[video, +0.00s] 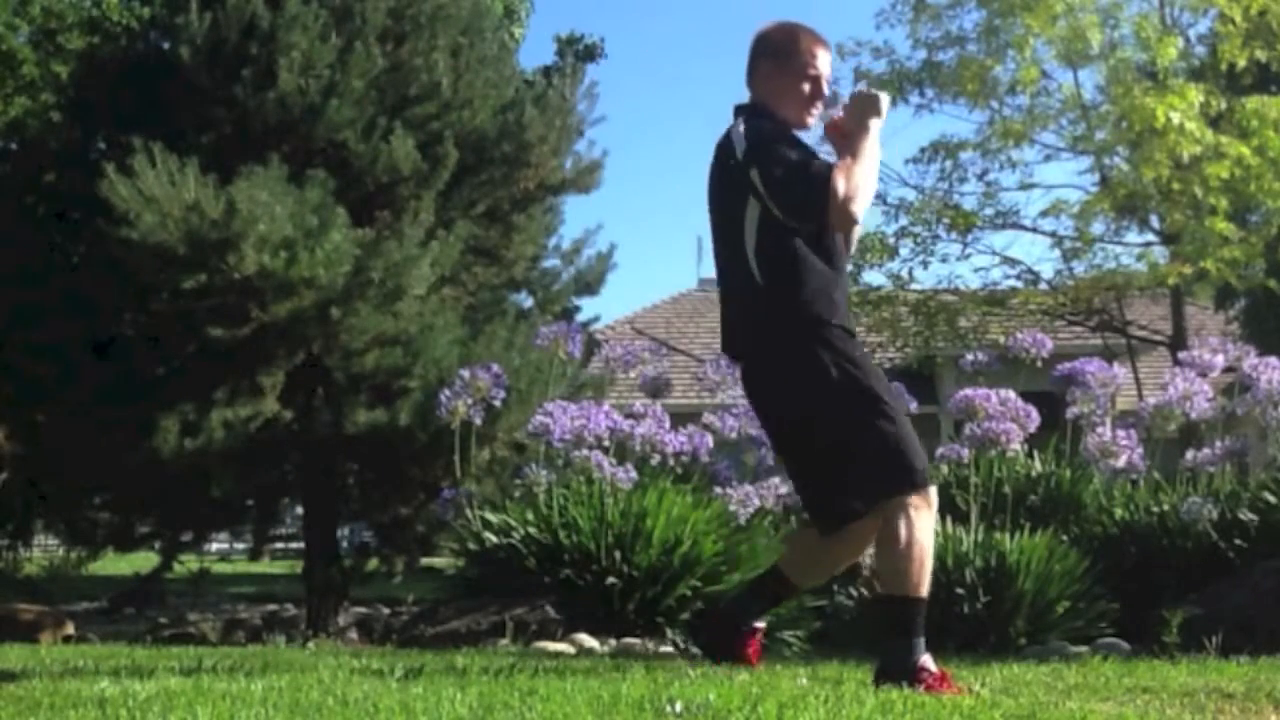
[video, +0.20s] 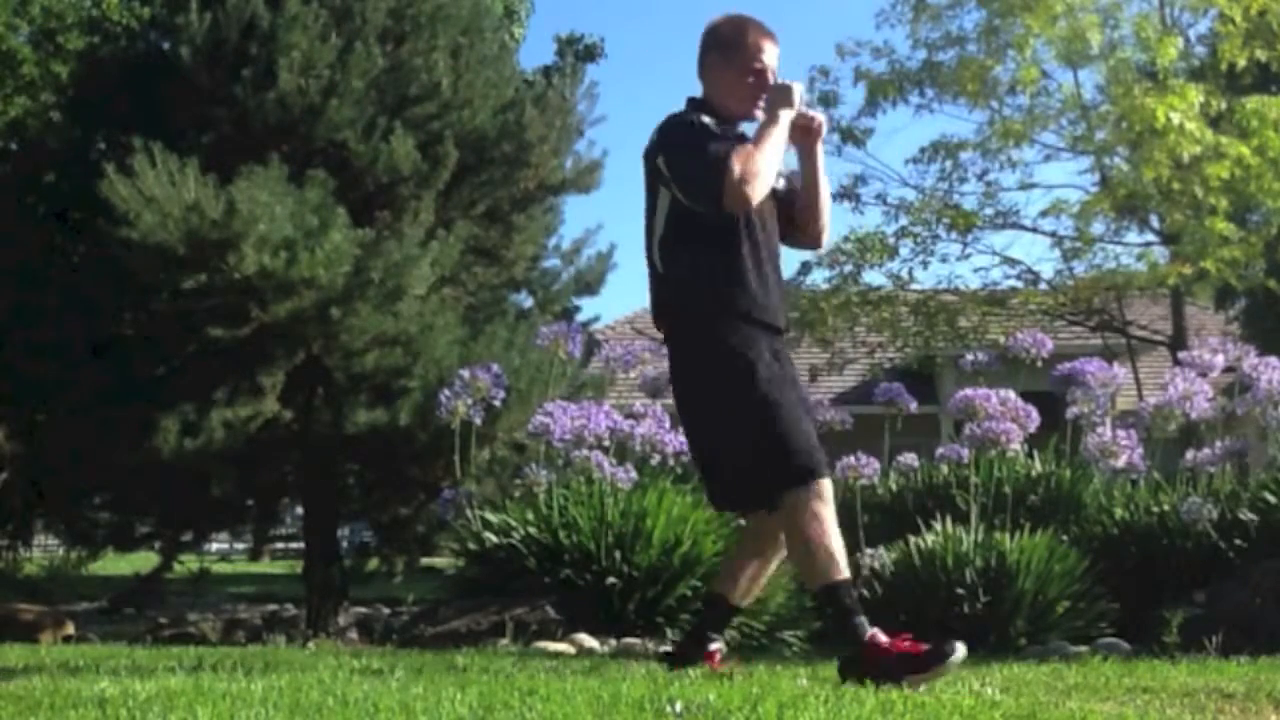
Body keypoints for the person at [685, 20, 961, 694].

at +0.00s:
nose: (821, 92)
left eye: (824, 81)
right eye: (810, 78)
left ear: (783, 83)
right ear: (766, 73)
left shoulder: (755, 142)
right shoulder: (762, 138)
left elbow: (834, 237)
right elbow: (840, 211)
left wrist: (845, 147)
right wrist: (866, 135)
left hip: (780, 351)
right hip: (812, 343)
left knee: (856, 519)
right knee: (908, 488)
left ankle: (735, 618)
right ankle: (905, 661)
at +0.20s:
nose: (768, 84)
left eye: (772, 73)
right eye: (756, 70)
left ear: (763, 79)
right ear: (711, 67)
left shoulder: (743, 149)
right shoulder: (683, 135)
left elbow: (809, 233)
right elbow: (741, 189)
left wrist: (810, 151)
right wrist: (778, 120)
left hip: (756, 341)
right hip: (724, 342)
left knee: (780, 508)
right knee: (807, 482)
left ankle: (697, 644)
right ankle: (860, 645)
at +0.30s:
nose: (737, 70)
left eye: (742, 60)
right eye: (725, 57)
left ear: (739, 65)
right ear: (682, 54)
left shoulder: (725, 141)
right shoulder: (645, 119)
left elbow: (787, 225)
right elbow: (682, 186)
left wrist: (785, 147)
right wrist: (742, 122)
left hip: (736, 324)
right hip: (677, 322)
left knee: (741, 480)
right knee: (762, 448)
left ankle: (694, 637)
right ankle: (778, 630)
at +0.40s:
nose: (704, 69)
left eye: (709, 59)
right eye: (691, 55)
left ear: (712, 69)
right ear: (651, 55)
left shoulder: (709, 143)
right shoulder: (611, 123)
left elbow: (760, 230)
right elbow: (633, 194)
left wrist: (757, 151)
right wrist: (705, 132)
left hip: (712, 329)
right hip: (644, 324)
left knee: (720, 489)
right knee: (709, 457)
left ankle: (690, 628)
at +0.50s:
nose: (669, 75)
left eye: (675, 66)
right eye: (655, 62)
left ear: (680, 75)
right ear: (616, 64)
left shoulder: (677, 154)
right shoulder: (575, 133)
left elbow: (729, 238)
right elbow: (598, 198)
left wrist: (723, 164)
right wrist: (667, 138)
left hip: (684, 338)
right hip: (611, 334)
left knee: (699, 495)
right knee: (636, 488)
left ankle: (686, 642)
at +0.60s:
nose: (630, 84)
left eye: (636, 74)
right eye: (617, 71)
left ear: (639, 80)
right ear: (575, 71)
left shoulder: (648, 156)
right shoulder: (539, 139)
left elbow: (687, 246)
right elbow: (563, 204)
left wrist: (683, 174)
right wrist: (630, 142)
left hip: (651, 346)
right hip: (569, 345)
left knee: (677, 496)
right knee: (553, 495)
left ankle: (679, 640)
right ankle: (455, 589)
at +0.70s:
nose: (588, 100)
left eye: (596, 90)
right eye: (576, 85)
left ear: (602, 98)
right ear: (536, 82)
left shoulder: (605, 173)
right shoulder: (499, 154)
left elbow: (648, 259)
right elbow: (523, 222)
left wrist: (646, 190)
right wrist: (592, 156)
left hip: (605, 363)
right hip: (517, 361)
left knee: (652, 504)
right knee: (473, 507)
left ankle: (678, 644)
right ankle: (409, 622)